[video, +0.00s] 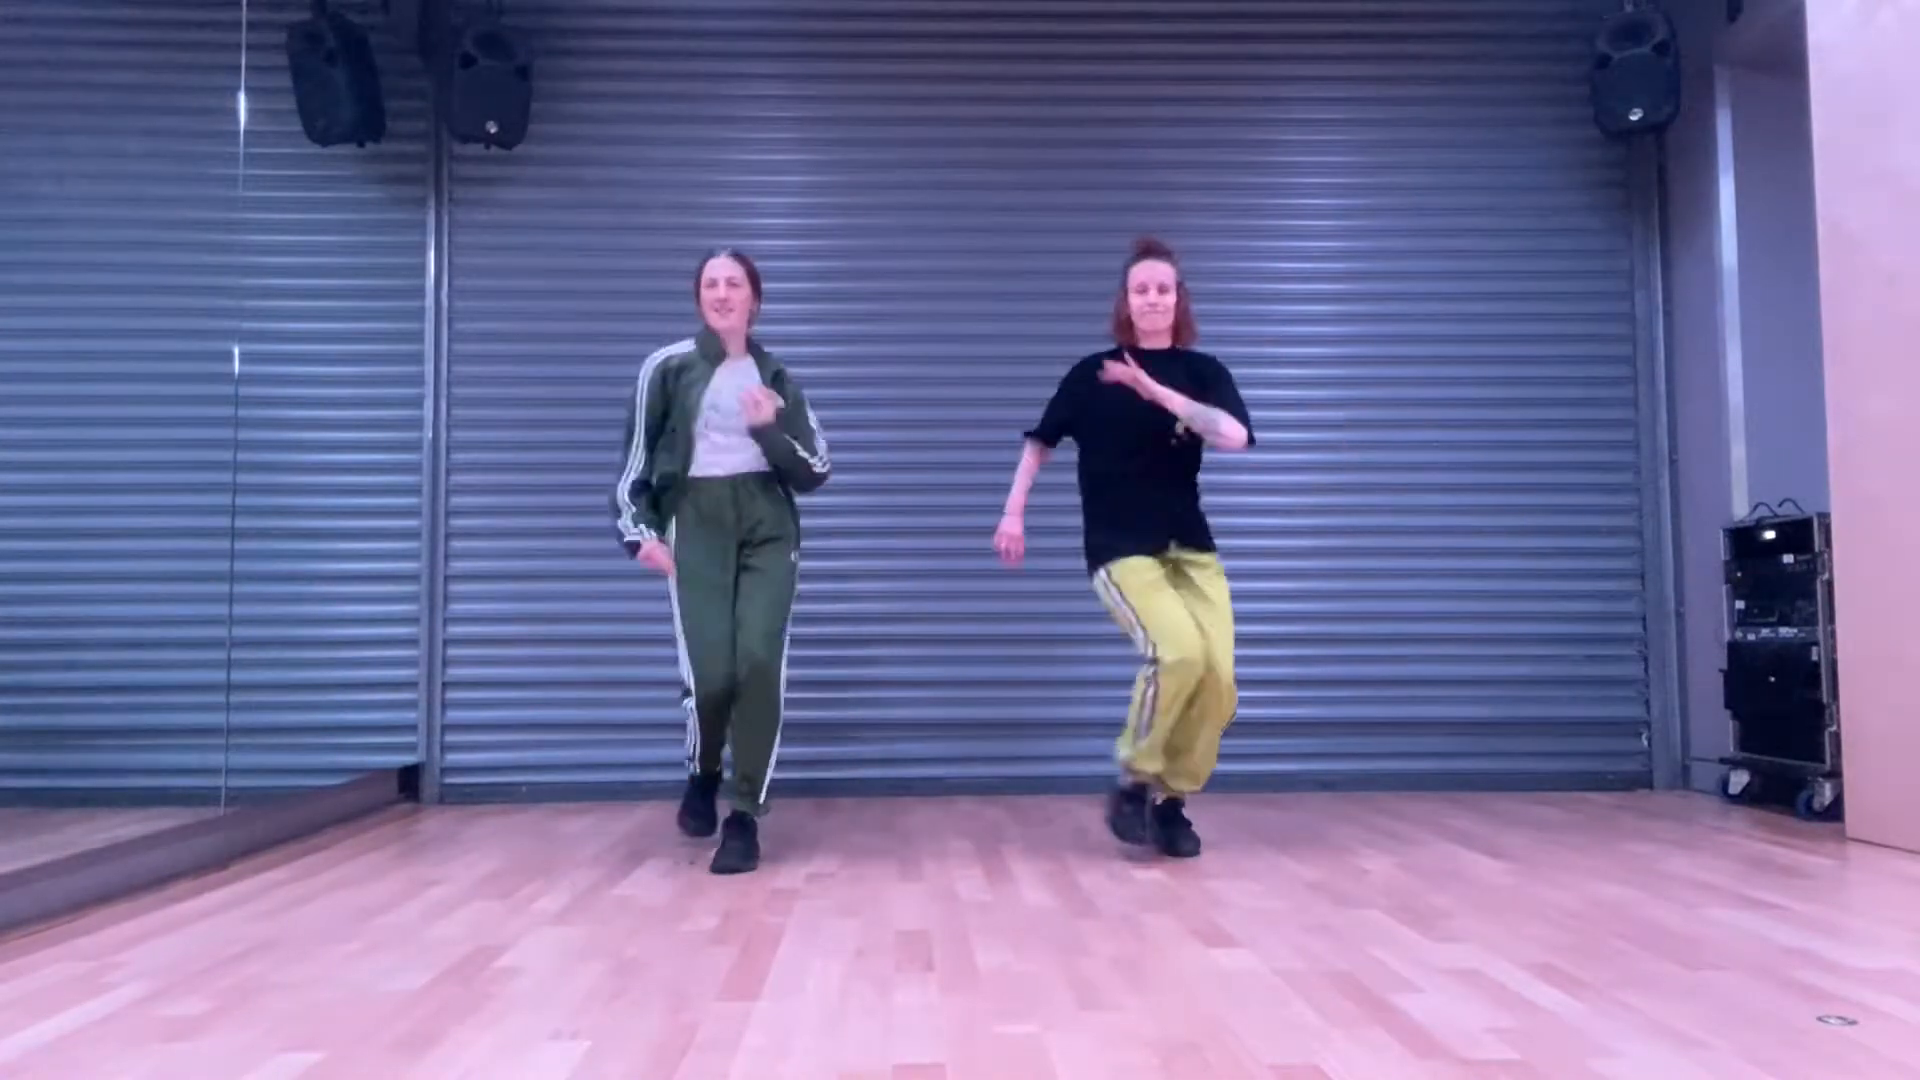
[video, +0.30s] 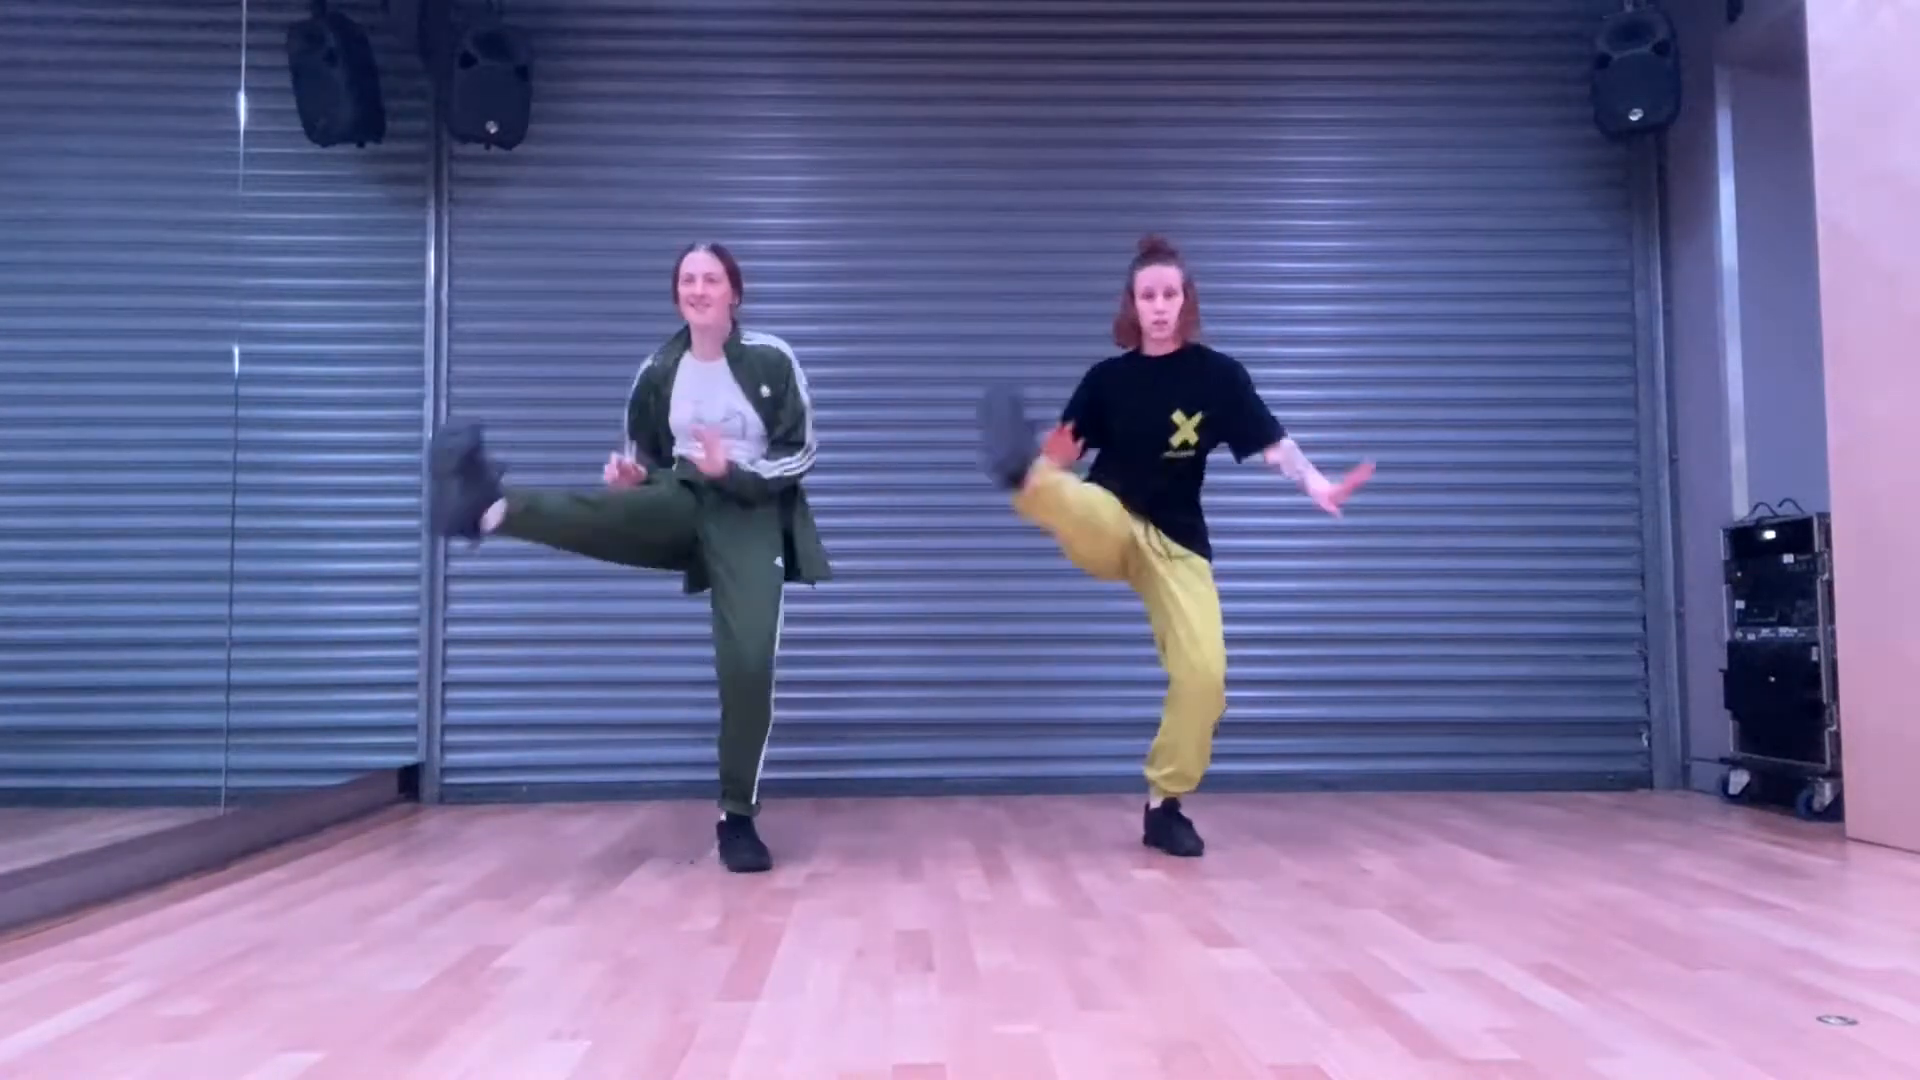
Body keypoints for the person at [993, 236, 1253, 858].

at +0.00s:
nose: (1152, 300)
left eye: (1163, 289)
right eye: (1140, 291)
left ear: (1180, 299)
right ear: (1124, 302)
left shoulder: (1202, 371)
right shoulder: (1092, 375)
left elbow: (1236, 437)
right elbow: (1039, 444)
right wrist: (1012, 515)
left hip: (1190, 545)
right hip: (1119, 548)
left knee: (1220, 679)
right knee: (1181, 653)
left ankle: (1170, 800)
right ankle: (1135, 782)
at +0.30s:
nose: (1158, 305)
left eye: (1169, 294)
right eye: (1146, 294)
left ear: (1186, 301)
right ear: (1131, 303)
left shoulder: (1219, 374)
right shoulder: (1107, 378)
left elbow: (1272, 443)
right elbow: (1064, 449)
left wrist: (1316, 484)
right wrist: (1036, 470)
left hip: (1179, 545)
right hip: (1112, 520)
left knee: (1203, 674)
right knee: (1080, 505)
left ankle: (1164, 806)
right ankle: (1023, 472)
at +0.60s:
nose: (1177, 324)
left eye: (1187, 313)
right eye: (1165, 313)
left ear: (1202, 320)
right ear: (1147, 319)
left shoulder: (1205, 404)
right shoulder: (1123, 371)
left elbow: (1232, 472)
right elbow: (1146, 431)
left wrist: (1305, 497)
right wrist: (1214, 462)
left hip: (1143, 571)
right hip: (1063, 557)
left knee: (1182, 689)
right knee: (1000, 680)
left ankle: (1171, 808)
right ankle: (917, 793)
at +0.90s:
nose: (1146, 336)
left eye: (1156, 323)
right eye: (1134, 324)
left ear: (1171, 328)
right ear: (1112, 332)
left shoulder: (1183, 409)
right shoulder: (1091, 393)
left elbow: (1232, 435)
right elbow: (1101, 399)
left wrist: (1292, 438)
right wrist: (1188, 397)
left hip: (1132, 588)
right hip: (1052, 579)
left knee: (1184, 695)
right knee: (986, 695)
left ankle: (1163, 809)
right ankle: (909, 799)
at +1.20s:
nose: (1121, 340)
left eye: (1117, 329)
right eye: (1102, 340)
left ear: (1127, 335)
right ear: (1078, 367)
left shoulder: (1154, 395)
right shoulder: (1062, 429)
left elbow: (1185, 358)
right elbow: (985, 496)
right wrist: (971, 585)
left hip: (1143, 586)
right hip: (1055, 584)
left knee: (1193, 692)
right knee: (983, 683)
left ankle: (1164, 810)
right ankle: (941, 803)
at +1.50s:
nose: (938, 332)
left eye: (950, 326)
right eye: (944, 322)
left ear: (979, 344)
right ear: (986, 347)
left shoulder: (995, 399)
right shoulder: (989, 399)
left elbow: (999, 500)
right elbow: (1020, 506)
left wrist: (1002, 573)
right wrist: (986, 562)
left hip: (1079, 586)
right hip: (1028, 583)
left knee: (1087, 739)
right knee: (955, 674)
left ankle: (1207, 790)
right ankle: (985, 818)